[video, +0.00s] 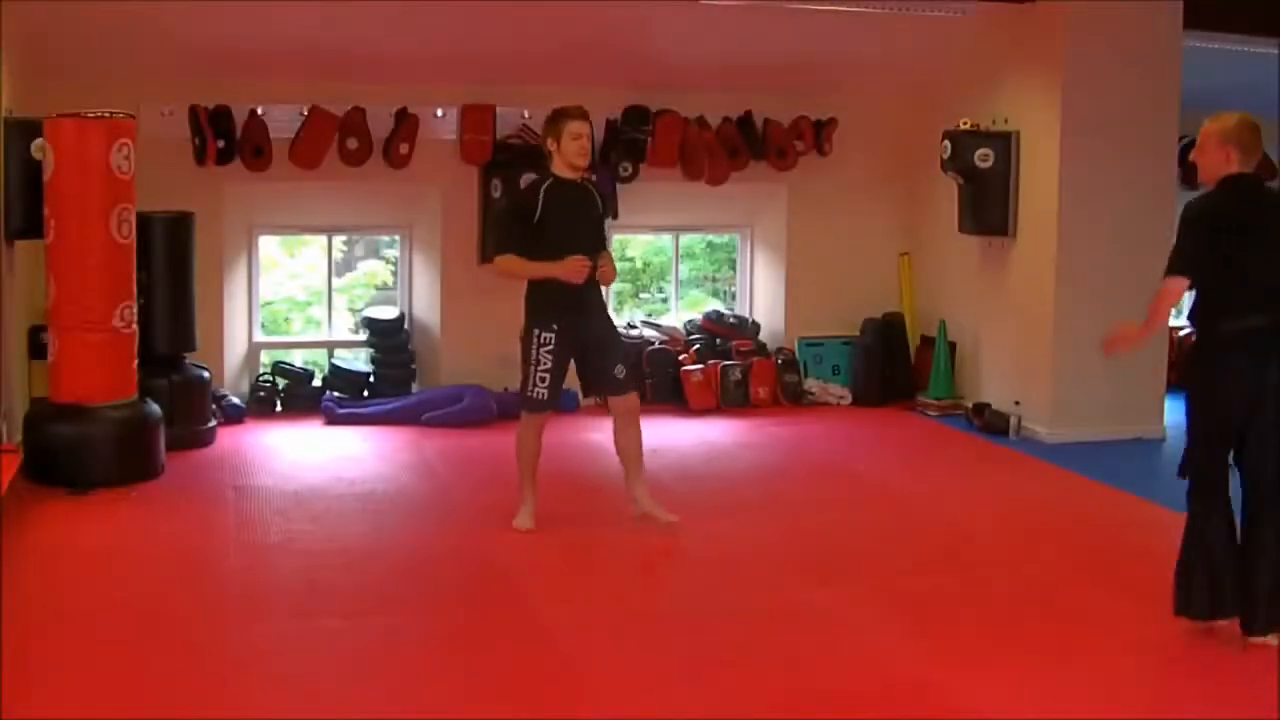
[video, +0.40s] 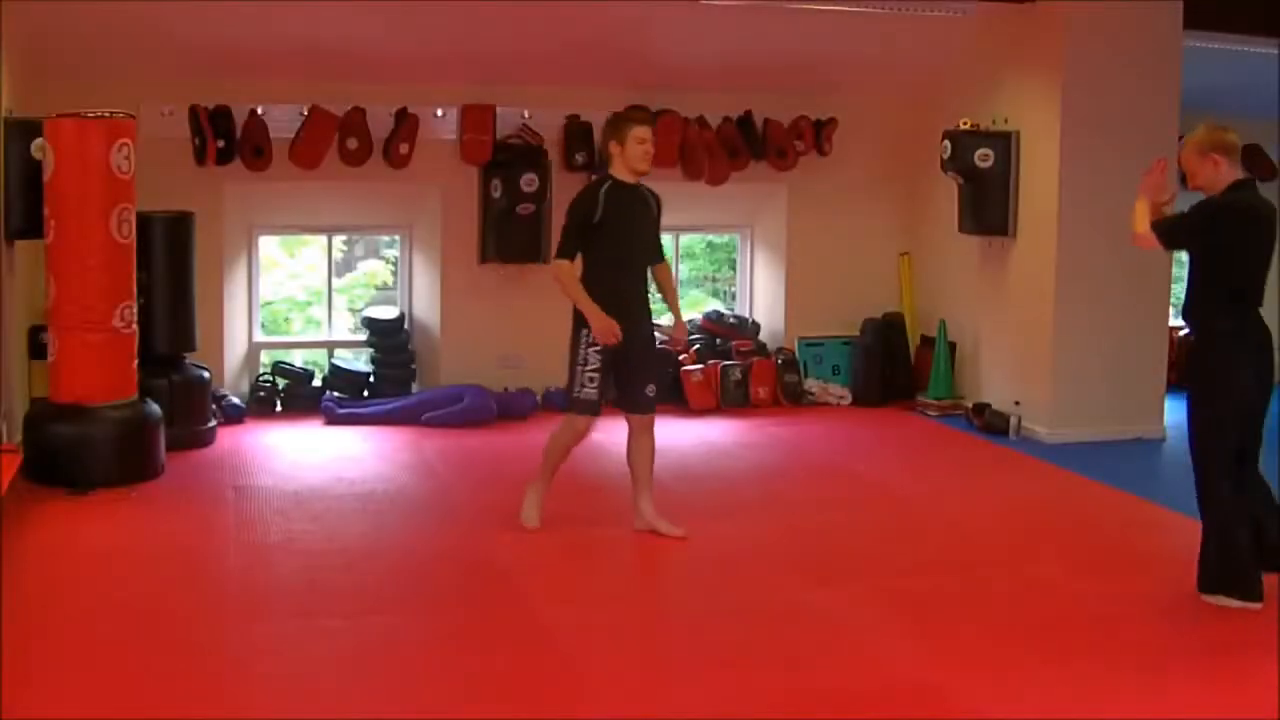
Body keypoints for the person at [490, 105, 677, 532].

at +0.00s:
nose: (585, 146)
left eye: (588, 139)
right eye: (576, 138)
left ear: (590, 144)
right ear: (552, 143)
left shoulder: (592, 194)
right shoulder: (529, 193)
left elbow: (599, 250)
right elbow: (503, 260)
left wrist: (606, 267)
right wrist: (557, 269)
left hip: (592, 311)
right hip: (548, 315)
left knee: (626, 401)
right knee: (536, 410)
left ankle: (639, 496)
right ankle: (527, 501)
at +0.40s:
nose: (649, 150)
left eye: (651, 143)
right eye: (641, 142)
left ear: (649, 149)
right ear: (615, 147)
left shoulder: (649, 200)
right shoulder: (591, 197)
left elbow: (658, 262)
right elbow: (561, 267)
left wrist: (676, 314)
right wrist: (595, 315)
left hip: (638, 321)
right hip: (596, 321)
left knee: (643, 419)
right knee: (580, 421)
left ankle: (644, 510)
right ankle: (537, 489)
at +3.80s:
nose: (696, 151)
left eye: (696, 143)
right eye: (688, 144)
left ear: (673, 151)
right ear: (660, 150)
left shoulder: (673, 199)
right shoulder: (645, 198)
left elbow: (658, 267)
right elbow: (618, 276)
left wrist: (620, 295)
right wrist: (617, 302)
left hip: (675, 330)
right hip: (647, 330)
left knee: (674, 427)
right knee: (637, 429)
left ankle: (656, 518)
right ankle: (600, 523)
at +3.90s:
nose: (701, 151)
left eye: (701, 144)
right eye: (693, 144)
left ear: (681, 151)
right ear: (666, 149)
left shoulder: (678, 199)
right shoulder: (650, 198)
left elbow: (663, 266)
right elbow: (623, 274)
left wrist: (624, 297)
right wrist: (618, 303)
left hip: (678, 328)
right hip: (651, 329)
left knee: (675, 426)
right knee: (647, 431)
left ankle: (656, 518)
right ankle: (602, 520)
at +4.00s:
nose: (706, 151)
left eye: (706, 144)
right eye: (698, 144)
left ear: (683, 151)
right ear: (670, 149)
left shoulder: (682, 199)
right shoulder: (653, 196)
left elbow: (667, 268)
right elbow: (623, 272)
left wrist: (628, 299)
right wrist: (623, 305)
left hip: (678, 326)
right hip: (654, 326)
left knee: (675, 426)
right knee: (659, 430)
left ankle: (657, 517)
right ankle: (607, 514)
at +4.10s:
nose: (709, 152)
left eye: (709, 144)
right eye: (701, 144)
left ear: (689, 151)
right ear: (673, 149)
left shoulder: (687, 199)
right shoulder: (655, 196)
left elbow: (668, 264)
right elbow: (620, 269)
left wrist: (631, 297)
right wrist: (622, 301)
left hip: (678, 326)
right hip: (655, 328)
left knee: (677, 426)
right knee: (663, 431)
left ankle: (657, 517)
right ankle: (621, 522)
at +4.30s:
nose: (717, 161)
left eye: (717, 153)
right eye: (709, 153)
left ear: (691, 158)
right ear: (682, 156)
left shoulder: (687, 206)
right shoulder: (659, 204)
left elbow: (663, 274)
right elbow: (620, 281)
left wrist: (625, 305)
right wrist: (618, 311)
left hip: (677, 333)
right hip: (651, 335)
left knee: (713, 420)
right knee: (659, 437)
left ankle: (668, 501)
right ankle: (628, 533)